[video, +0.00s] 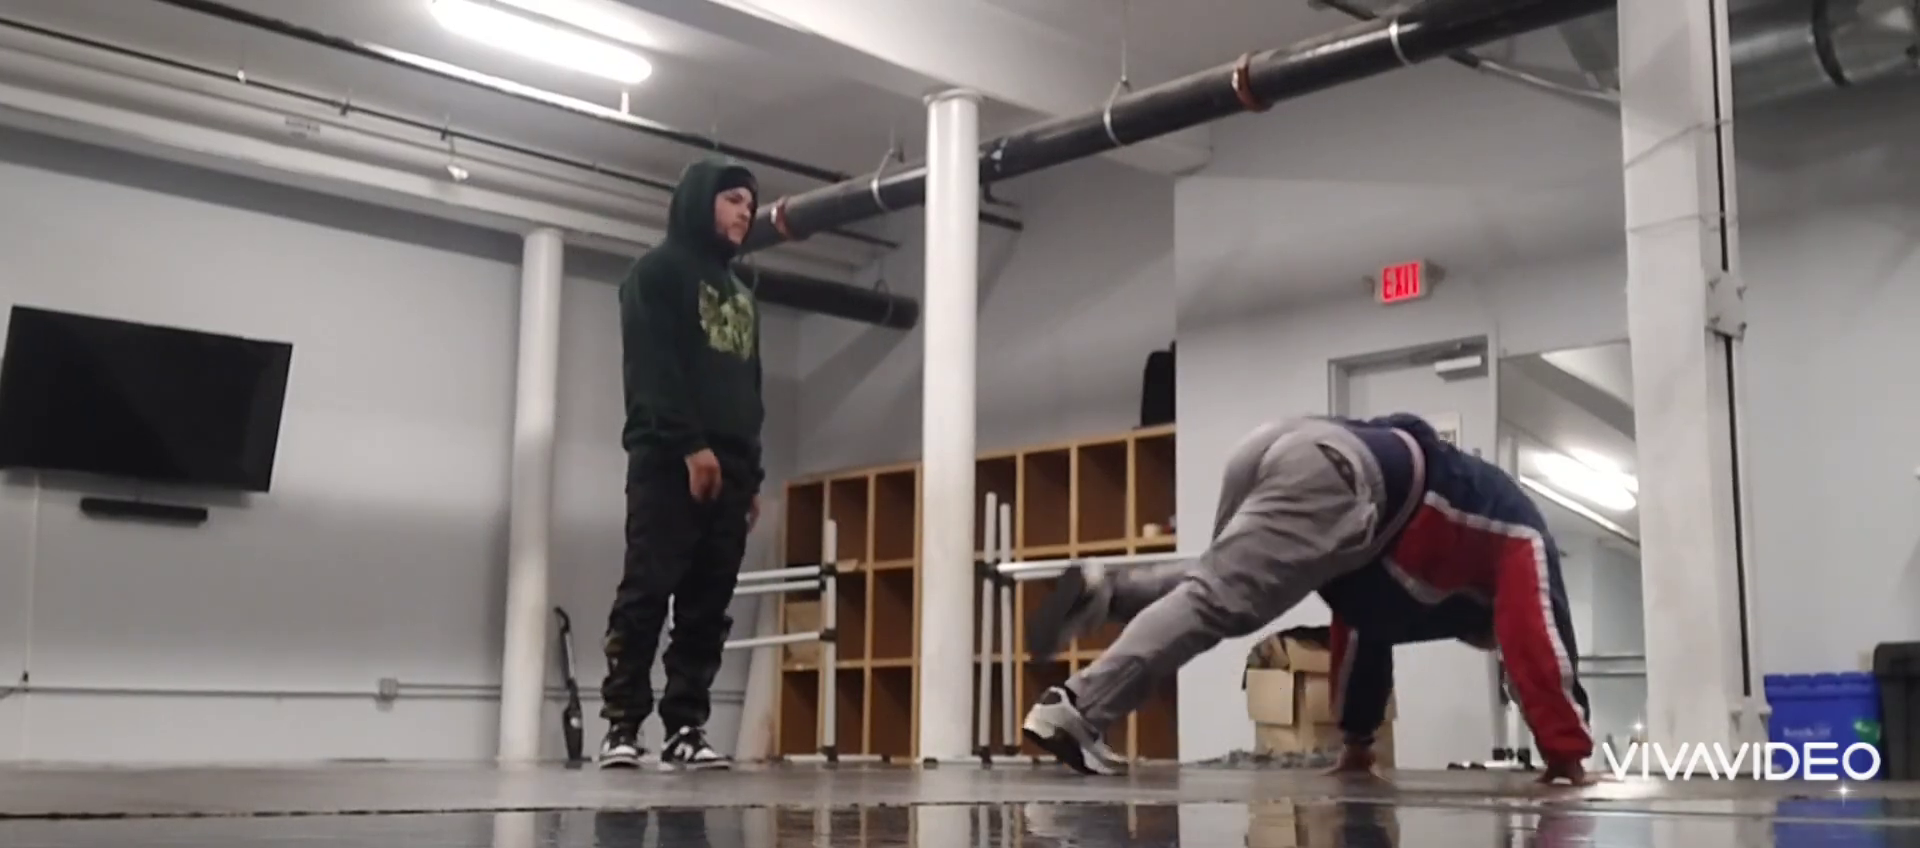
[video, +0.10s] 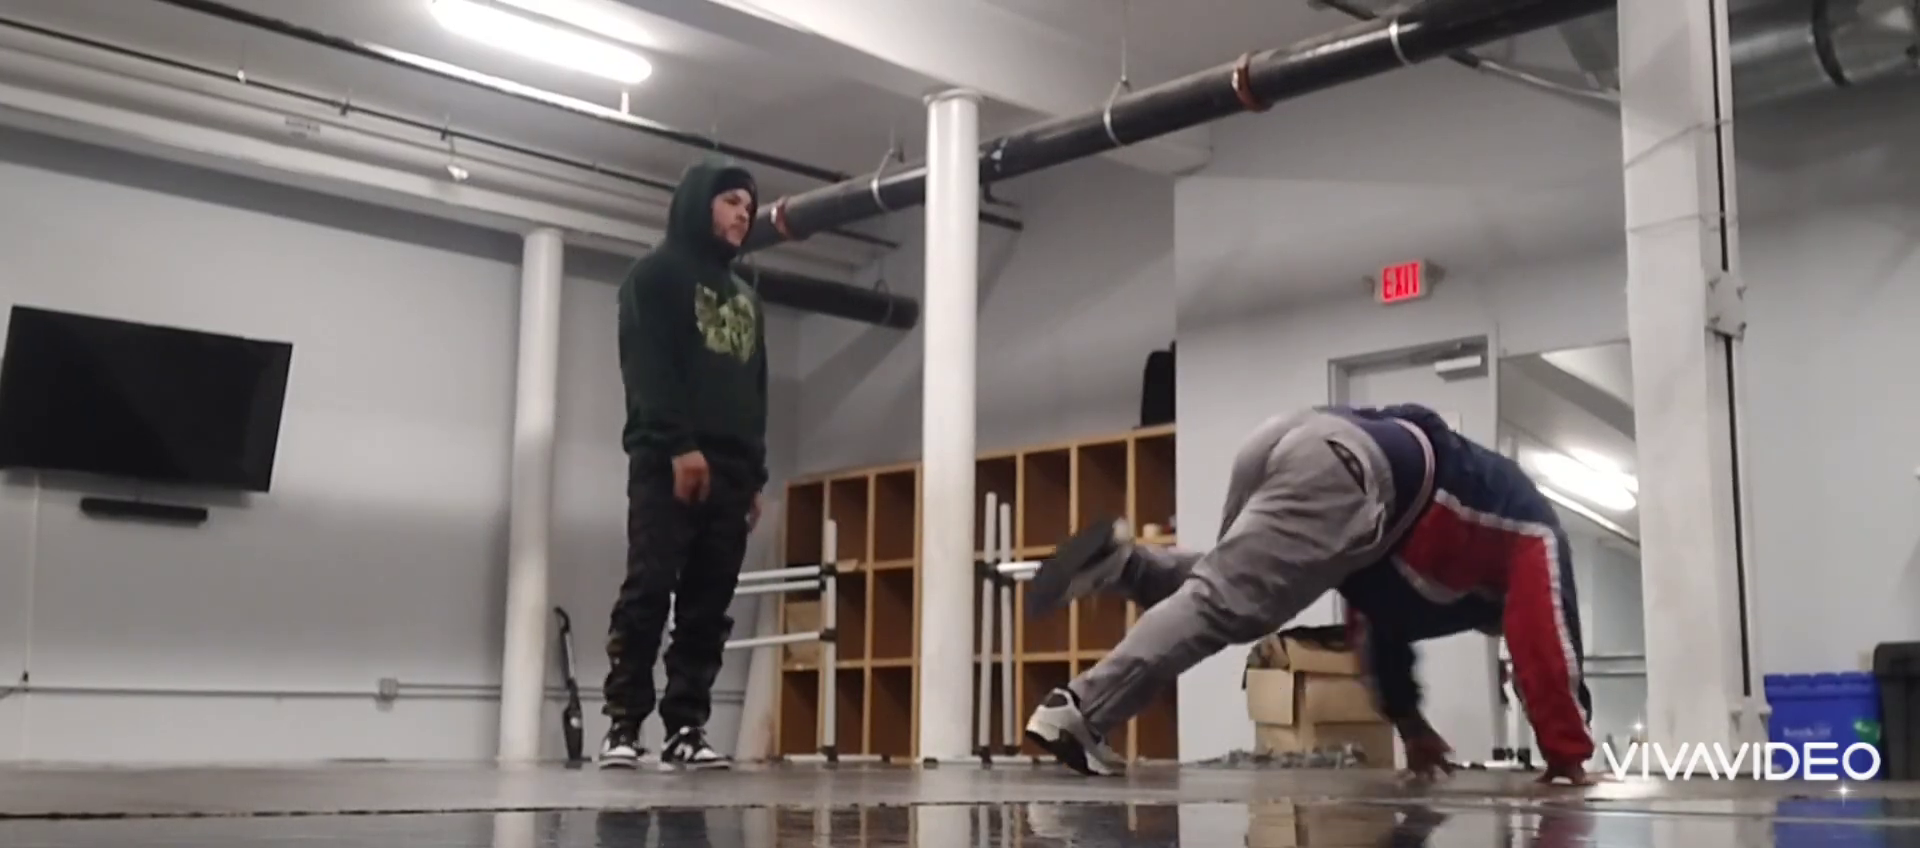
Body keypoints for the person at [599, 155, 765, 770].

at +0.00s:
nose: (743, 212)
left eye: (748, 204)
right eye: (732, 200)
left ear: (750, 216)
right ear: (699, 203)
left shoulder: (739, 290)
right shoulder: (657, 271)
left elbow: (746, 386)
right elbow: (655, 371)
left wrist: (750, 474)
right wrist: (691, 444)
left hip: (729, 462)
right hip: (664, 456)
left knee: (706, 603)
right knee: (647, 590)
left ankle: (684, 732)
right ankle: (623, 729)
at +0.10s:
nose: (742, 214)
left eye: (748, 207)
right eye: (731, 201)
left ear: (749, 218)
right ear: (698, 204)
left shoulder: (744, 294)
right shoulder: (654, 275)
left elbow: (753, 388)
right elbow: (648, 371)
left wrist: (752, 473)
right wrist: (678, 445)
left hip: (731, 462)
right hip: (664, 456)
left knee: (707, 601)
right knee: (649, 588)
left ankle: (685, 730)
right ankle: (624, 727)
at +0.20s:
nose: (739, 218)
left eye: (746, 210)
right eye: (729, 204)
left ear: (747, 223)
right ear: (695, 206)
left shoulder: (746, 299)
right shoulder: (651, 279)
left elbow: (762, 391)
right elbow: (638, 370)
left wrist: (766, 476)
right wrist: (658, 446)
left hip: (733, 464)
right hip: (670, 459)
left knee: (709, 604)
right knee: (656, 589)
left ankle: (686, 731)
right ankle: (630, 719)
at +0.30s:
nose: (735, 219)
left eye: (742, 211)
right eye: (725, 206)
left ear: (744, 223)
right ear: (692, 210)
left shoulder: (744, 298)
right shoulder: (647, 281)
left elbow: (768, 389)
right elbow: (628, 368)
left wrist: (780, 472)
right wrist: (636, 448)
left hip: (731, 466)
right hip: (668, 461)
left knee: (712, 603)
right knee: (664, 586)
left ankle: (686, 733)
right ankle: (634, 711)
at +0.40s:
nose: (732, 220)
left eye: (739, 214)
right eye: (723, 208)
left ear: (741, 228)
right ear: (689, 211)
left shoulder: (744, 303)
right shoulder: (643, 283)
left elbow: (771, 390)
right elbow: (615, 367)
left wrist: (792, 464)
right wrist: (614, 448)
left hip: (730, 468)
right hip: (662, 463)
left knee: (712, 604)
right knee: (663, 590)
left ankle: (687, 732)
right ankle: (642, 719)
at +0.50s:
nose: (729, 223)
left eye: (735, 217)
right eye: (719, 211)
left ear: (738, 230)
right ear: (686, 213)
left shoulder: (742, 304)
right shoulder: (638, 286)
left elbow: (770, 389)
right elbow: (607, 369)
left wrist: (795, 461)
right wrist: (597, 451)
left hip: (729, 473)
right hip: (661, 468)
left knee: (710, 606)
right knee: (653, 596)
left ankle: (689, 732)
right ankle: (645, 728)